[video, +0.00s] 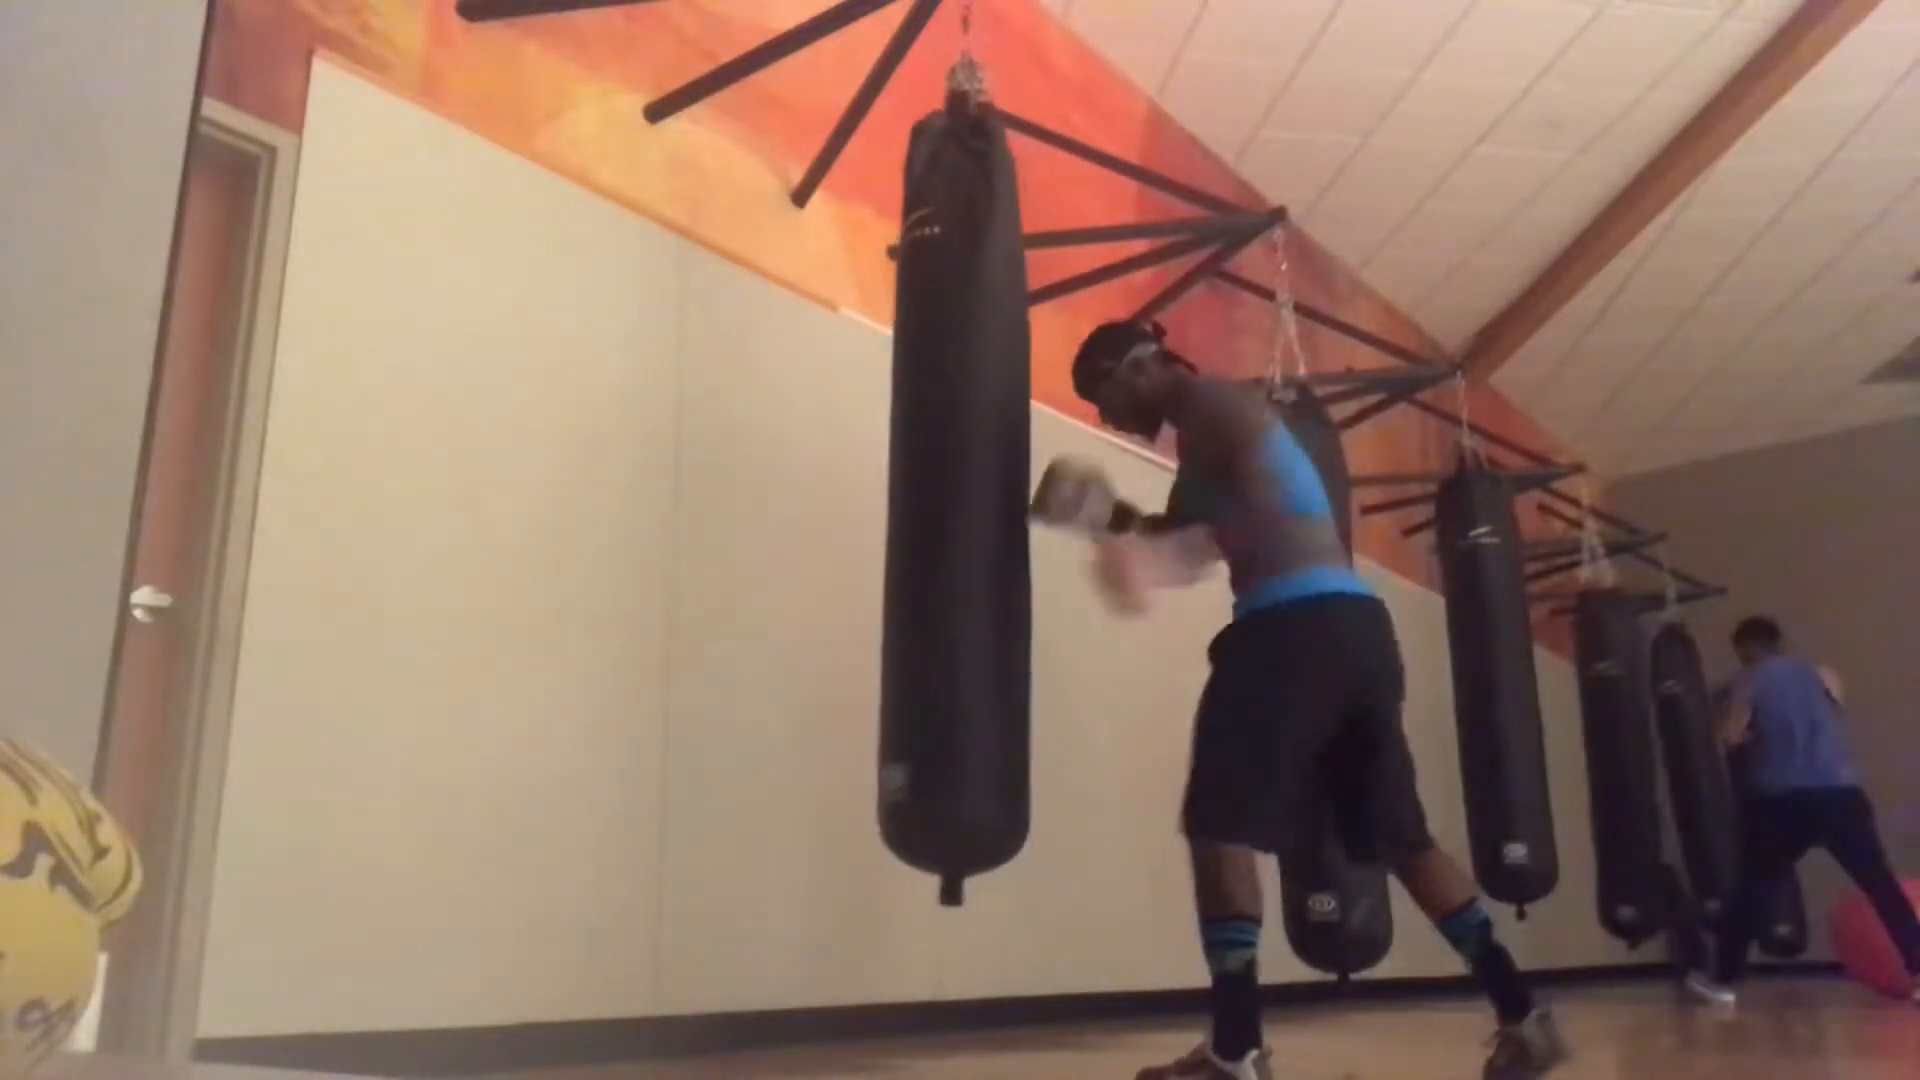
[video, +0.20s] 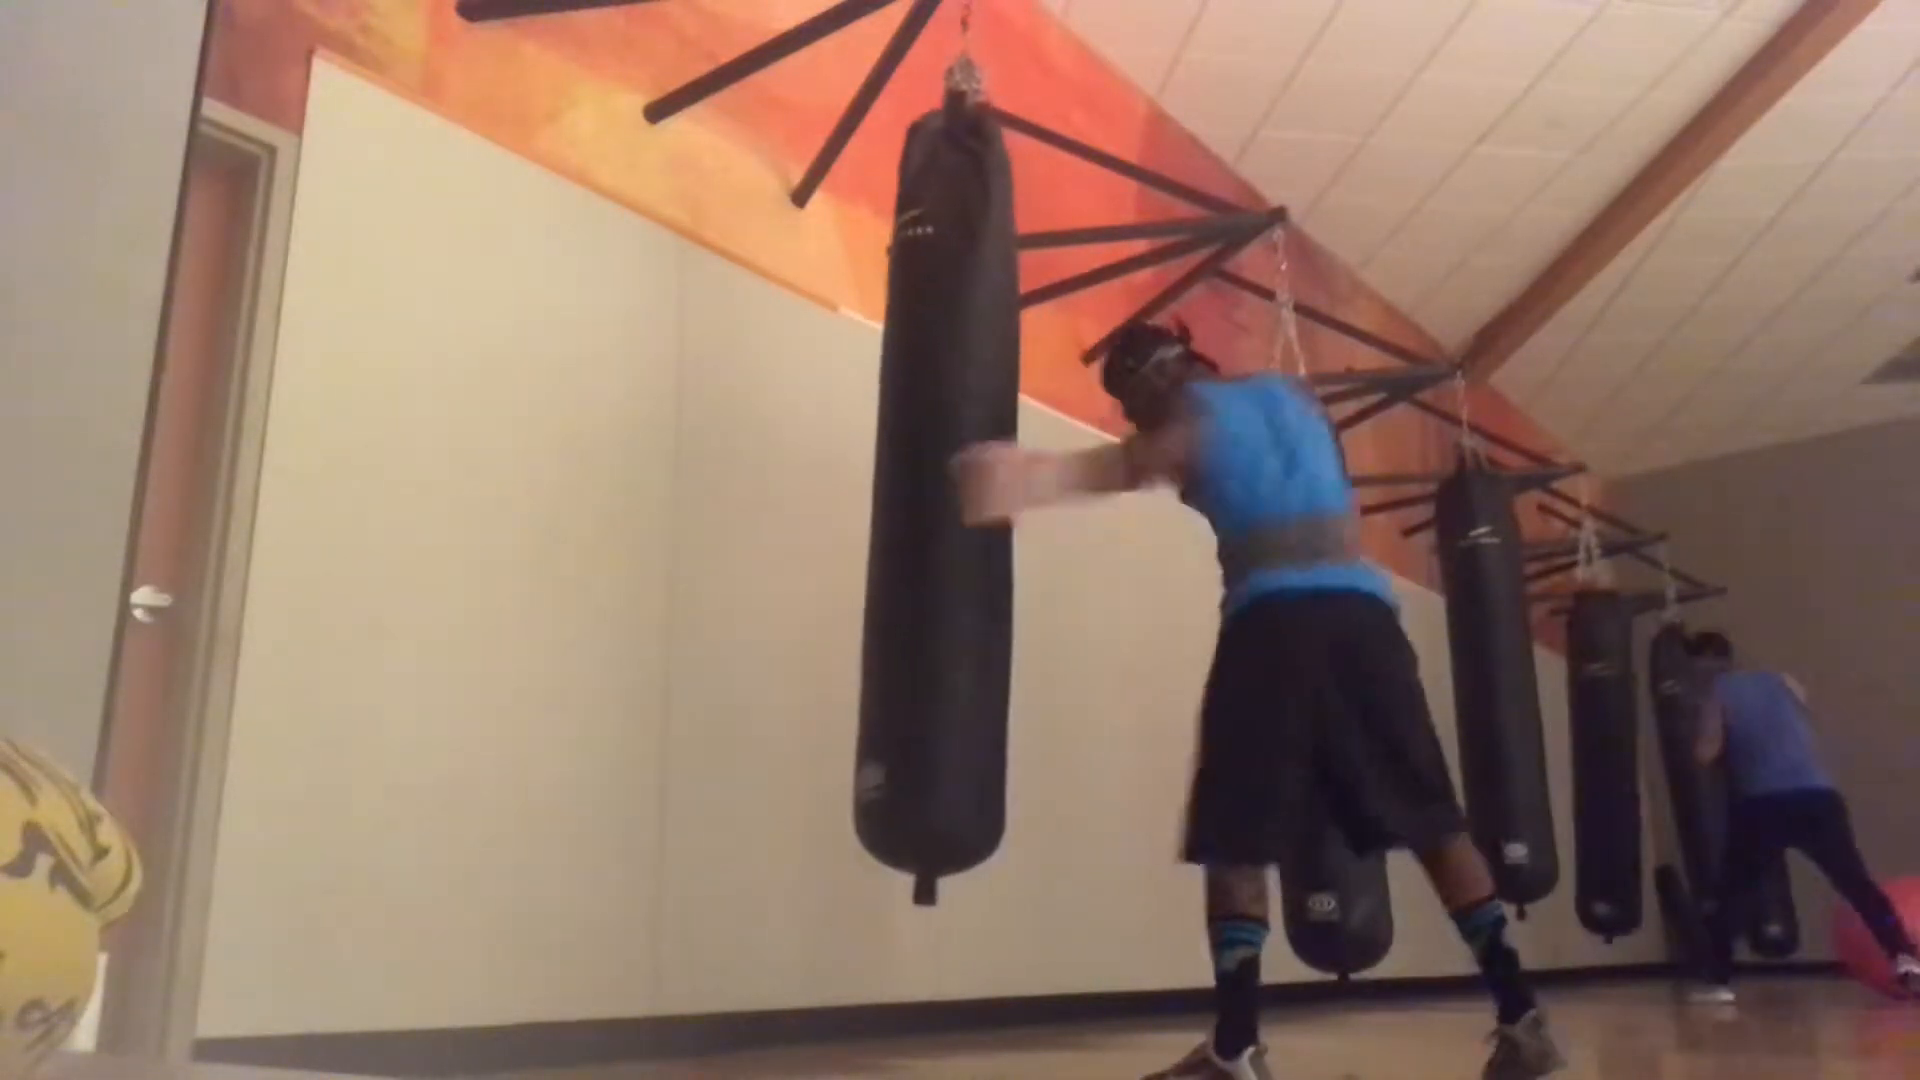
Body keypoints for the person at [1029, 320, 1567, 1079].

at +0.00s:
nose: (1112, 418)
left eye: (1108, 396)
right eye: (1102, 406)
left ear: (1146, 359)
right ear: (1153, 360)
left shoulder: (1210, 406)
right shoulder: (1242, 414)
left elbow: (1202, 531)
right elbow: (1199, 542)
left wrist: (1115, 520)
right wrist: (1120, 537)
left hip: (1281, 642)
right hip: (1358, 634)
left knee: (1219, 830)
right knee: (1402, 836)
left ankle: (1235, 1048)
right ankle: (1522, 1015)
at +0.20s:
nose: (1136, 423)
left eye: (1134, 406)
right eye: (1131, 409)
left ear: (1150, 383)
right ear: (1195, 362)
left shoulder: (1188, 420)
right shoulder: (1295, 399)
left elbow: (1108, 466)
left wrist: (1019, 475)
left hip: (1270, 639)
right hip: (1366, 632)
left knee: (1236, 842)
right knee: (1434, 820)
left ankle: (1234, 1047)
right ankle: (1524, 1020)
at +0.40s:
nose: (1182, 423)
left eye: (1176, 406)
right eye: (1175, 412)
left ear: (1192, 375)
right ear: (1230, 354)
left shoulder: (1231, 394)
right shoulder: (1326, 403)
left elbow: (1229, 478)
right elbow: (1290, 512)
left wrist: (1167, 483)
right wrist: (1196, 496)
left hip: (1284, 628)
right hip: (1375, 627)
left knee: (1242, 834)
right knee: (1417, 832)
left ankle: (1234, 1045)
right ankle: (1511, 1032)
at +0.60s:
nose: (1201, 408)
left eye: (1200, 392)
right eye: (1197, 399)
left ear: (1222, 361)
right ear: (1259, 345)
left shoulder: (1262, 387)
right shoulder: (1347, 408)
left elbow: (1254, 476)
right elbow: (1307, 513)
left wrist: (1185, 482)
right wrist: (1218, 460)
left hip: (1310, 630)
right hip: (1401, 627)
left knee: (1236, 819)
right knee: (1429, 831)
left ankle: (1231, 1032)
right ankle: (1515, 1035)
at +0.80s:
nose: (1183, 397)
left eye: (1182, 382)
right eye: (1178, 386)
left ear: (1207, 353)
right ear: (1245, 341)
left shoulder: (1231, 376)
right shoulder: (1334, 407)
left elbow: (1119, 439)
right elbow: (1319, 509)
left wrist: (1019, 456)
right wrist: (1226, 503)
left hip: (1293, 626)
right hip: (1382, 625)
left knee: (1236, 827)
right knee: (1419, 831)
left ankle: (1262, 1043)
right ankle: (1513, 1032)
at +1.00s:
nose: (1166, 400)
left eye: (1161, 380)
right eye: (1157, 390)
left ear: (1190, 336)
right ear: (1208, 332)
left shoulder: (1256, 367)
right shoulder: (1280, 407)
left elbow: (1188, 465)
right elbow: (1218, 531)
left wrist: (1115, 457)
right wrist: (1122, 515)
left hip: (1299, 618)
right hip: (1362, 616)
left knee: (1262, 827)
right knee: (1398, 826)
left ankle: (1266, 1046)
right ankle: (1521, 1012)